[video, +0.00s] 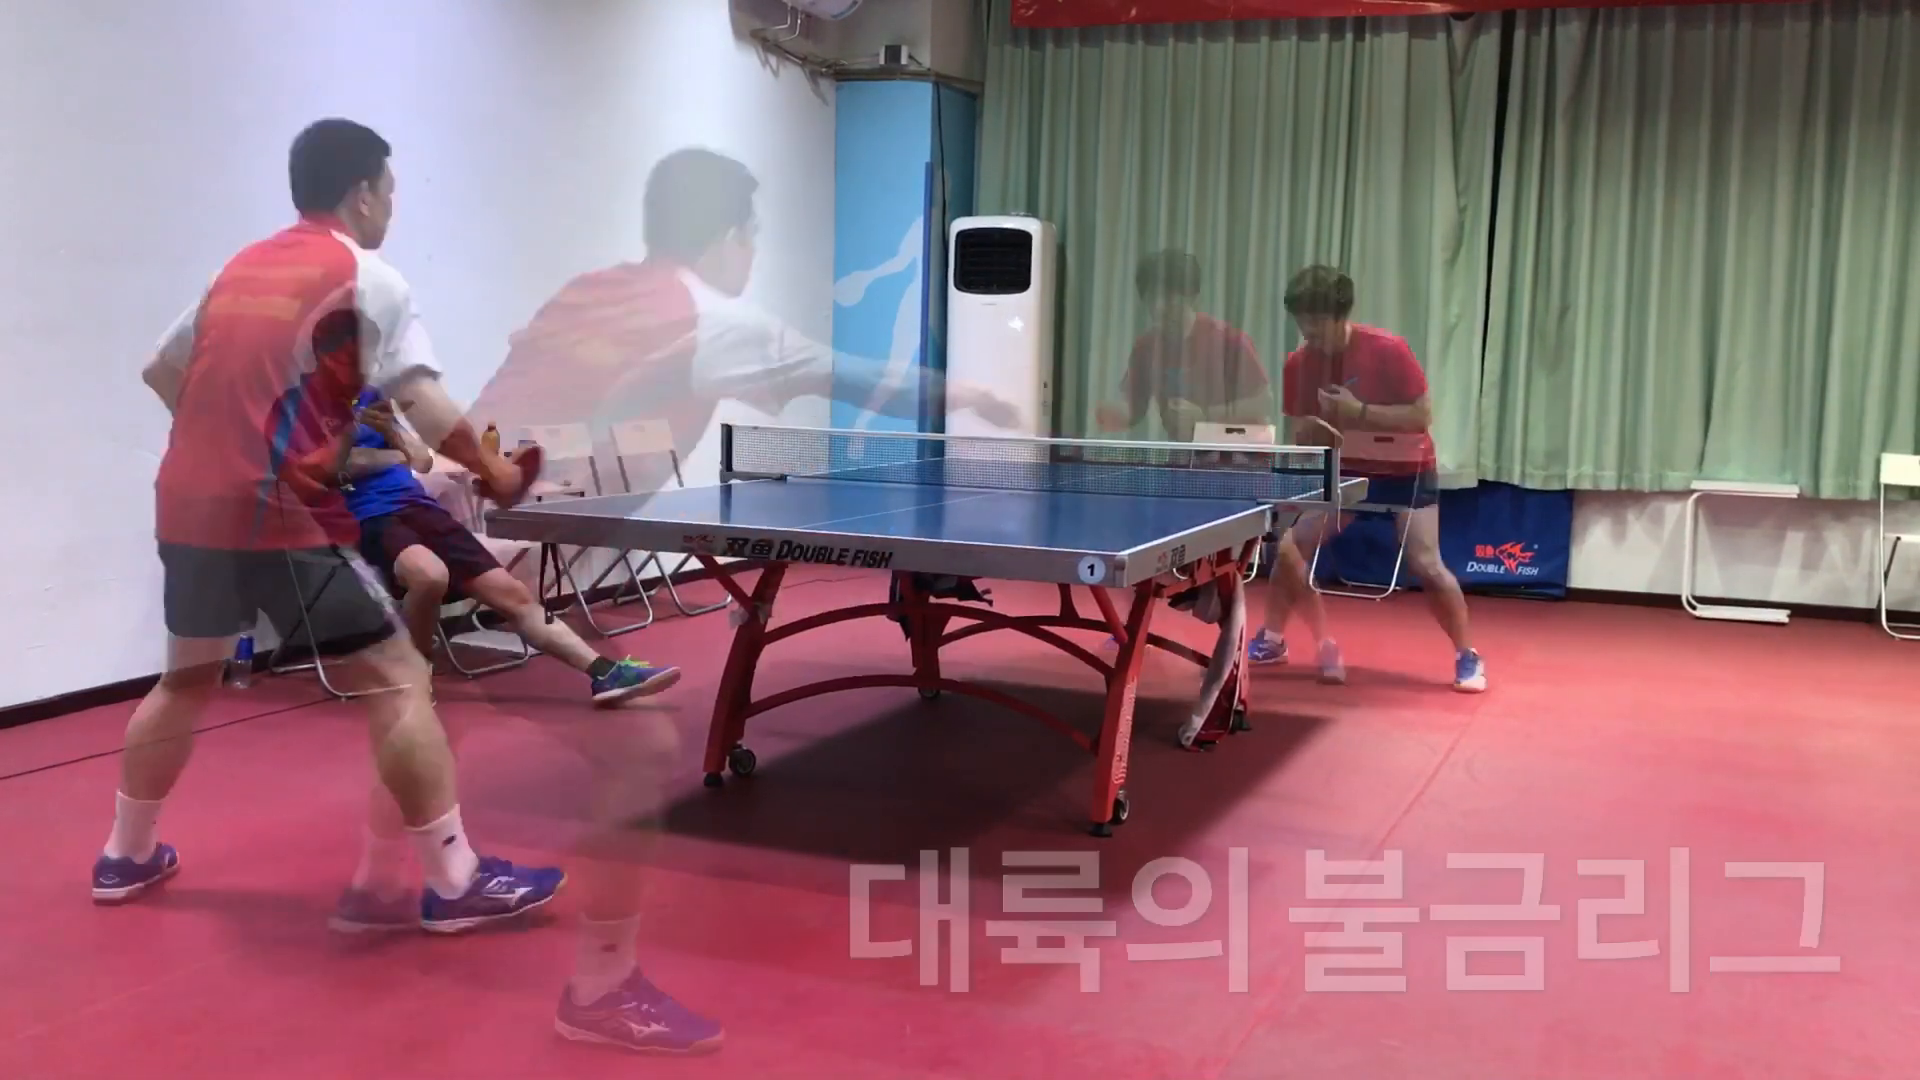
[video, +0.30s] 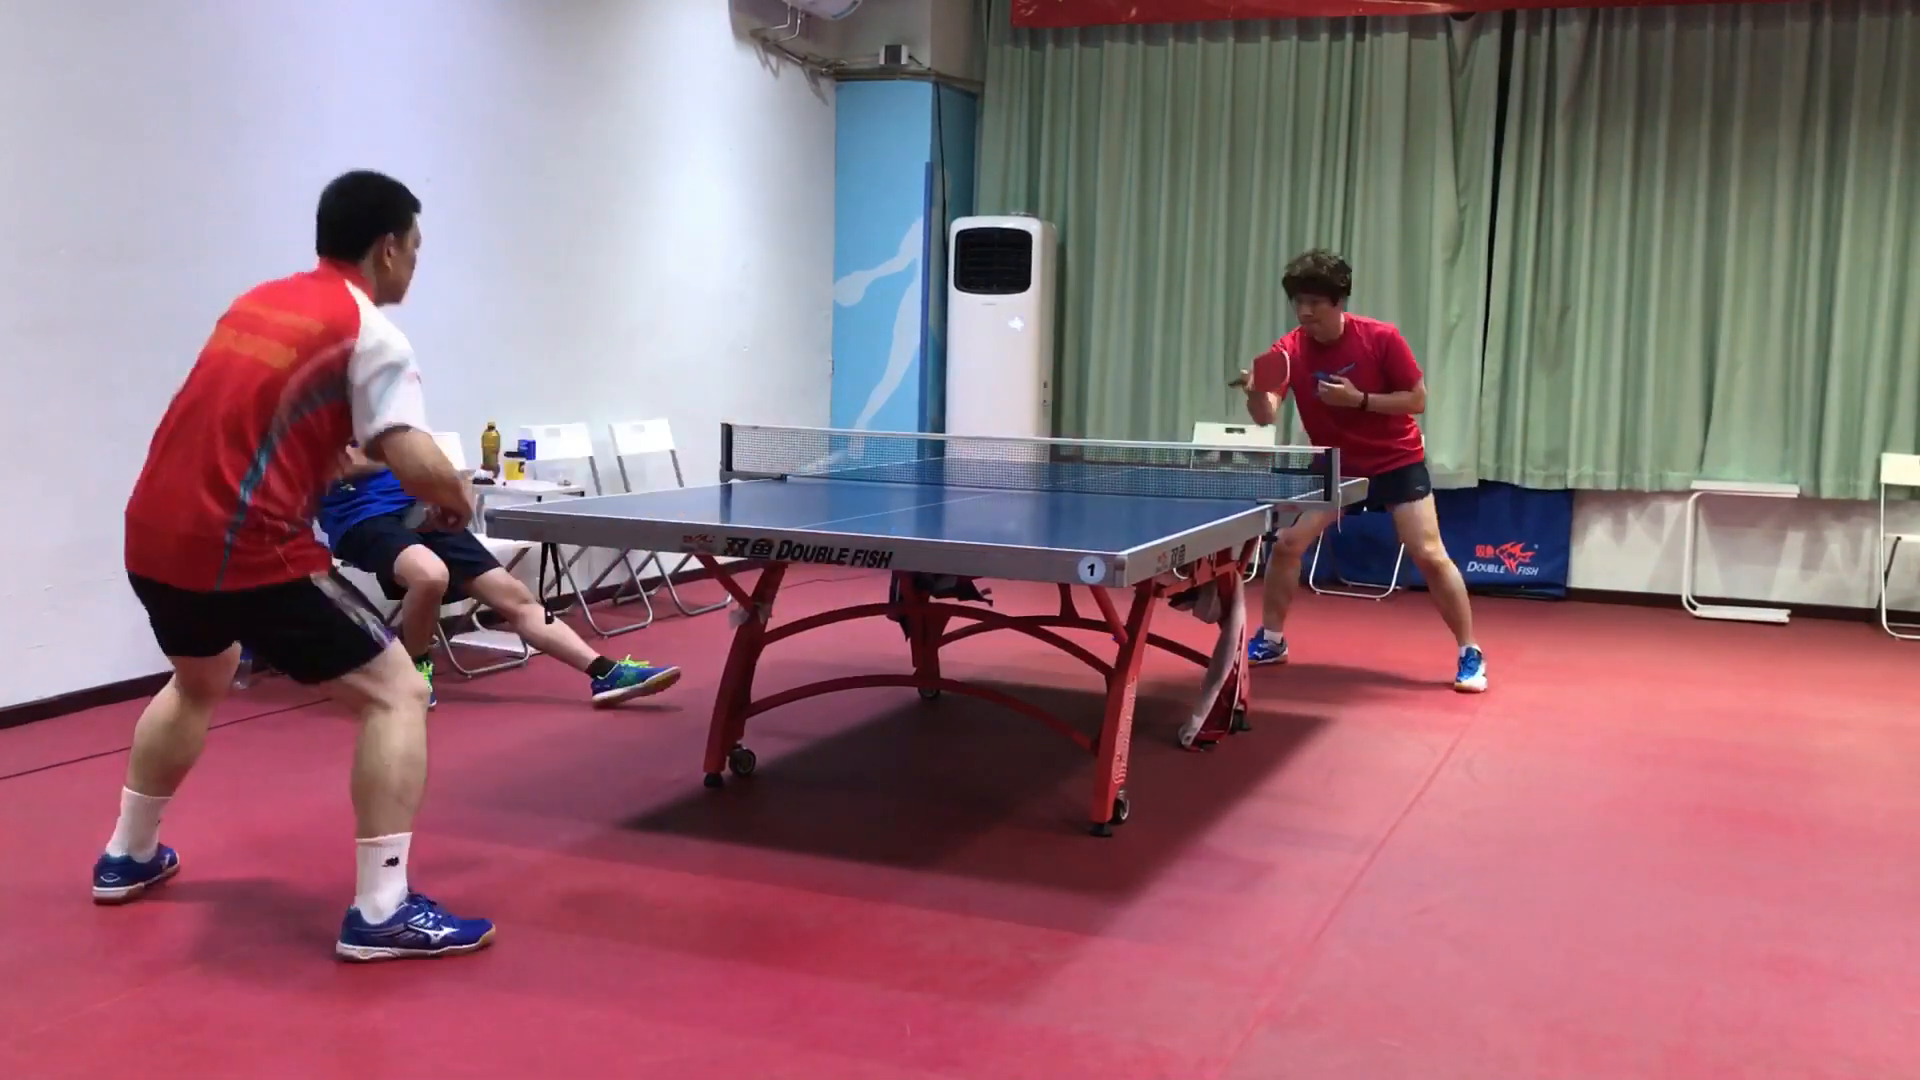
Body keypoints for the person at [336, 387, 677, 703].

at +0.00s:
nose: (352, 361)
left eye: (356, 349)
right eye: (340, 352)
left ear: (367, 349)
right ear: (320, 355)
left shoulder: (377, 399)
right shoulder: (307, 401)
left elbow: (423, 461)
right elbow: (320, 470)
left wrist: (394, 430)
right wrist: (395, 457)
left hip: (414, 503)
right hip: (370, 515)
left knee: (511, 592)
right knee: (429, 576)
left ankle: (602, 670)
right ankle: (418, 671)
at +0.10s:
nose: (350, 364)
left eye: (350, 357)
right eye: (338, 358)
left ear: (356, 359)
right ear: (314, 364)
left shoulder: (373, 399)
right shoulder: (312, 406)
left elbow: (422, 460)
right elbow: (342, 462)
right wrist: (403, 453)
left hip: (416, 506)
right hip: (367, 517)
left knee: (513, 595)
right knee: (428, 575)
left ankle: (603, 670)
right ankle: (417, 665)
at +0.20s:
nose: (346, 374)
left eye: (350, 367)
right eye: (335, 369)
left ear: (359, 366)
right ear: (311, 374)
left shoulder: (380, 402)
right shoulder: (305, 415)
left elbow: (405, 453)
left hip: (417, 507)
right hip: (364, 519)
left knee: (511, 593)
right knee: (430, 575)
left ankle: (602, 670)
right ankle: (417, 666)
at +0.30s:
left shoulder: (383, 416)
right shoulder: (313, 421)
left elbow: (424, 460)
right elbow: (330, 467)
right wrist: (395, 452)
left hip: (412, 516)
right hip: (361, 524)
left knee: (514, 594)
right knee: (430, 575)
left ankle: (603, 669)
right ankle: (415, 664)